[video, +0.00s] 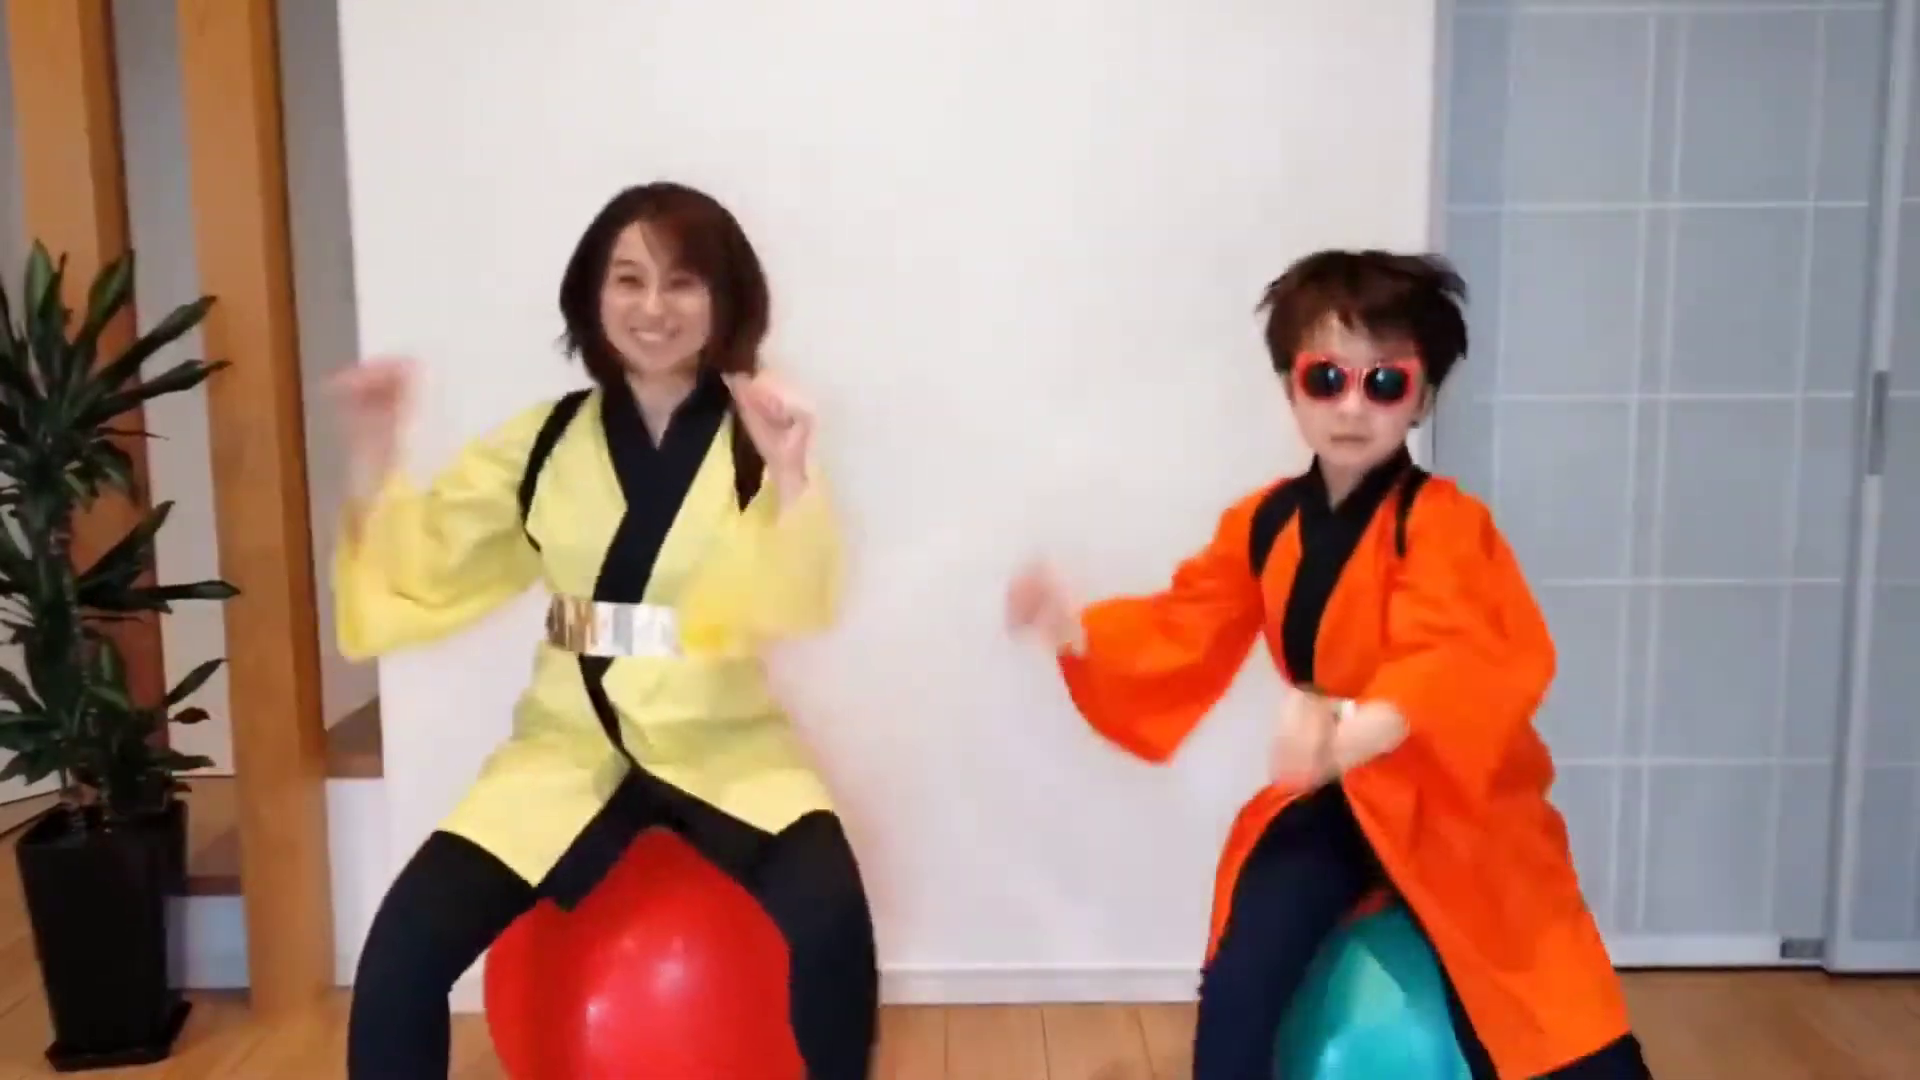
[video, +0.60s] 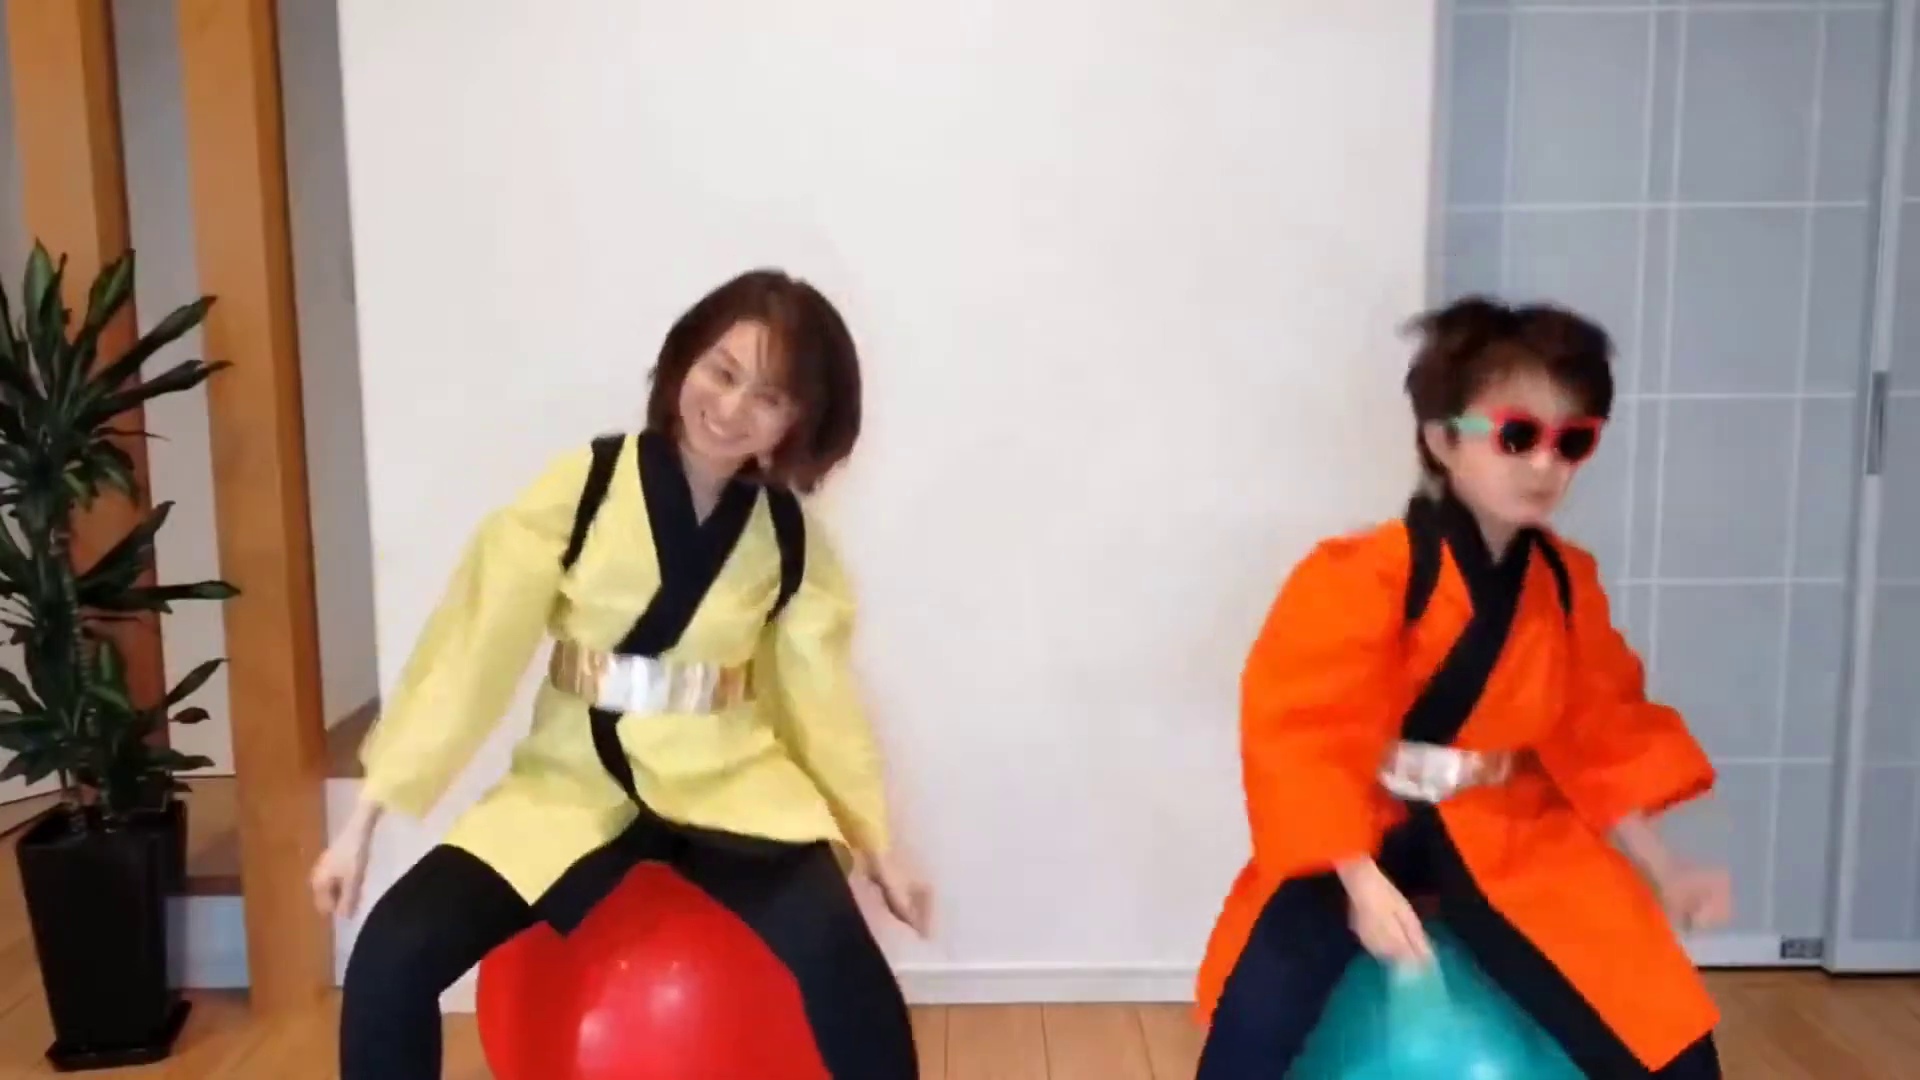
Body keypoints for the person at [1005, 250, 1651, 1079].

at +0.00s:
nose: (1351, 406)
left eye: (1385, 381)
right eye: (1324, 377)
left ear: (1422, 398)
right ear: (1288, 388)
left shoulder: (1446, 524)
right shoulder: (1266, 524)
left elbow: (1471, 662)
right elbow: (1183, 632)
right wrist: (1069, 626)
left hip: (1466, 800)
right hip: (1339, 794)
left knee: (1549, 1003)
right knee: (1253, 950)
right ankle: (1225, 1063)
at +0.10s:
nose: (1366, 455)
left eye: (1399, 431)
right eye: (1338, 428)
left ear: (1434, 447)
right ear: (1300, 440)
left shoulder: (1462, 575)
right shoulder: (1276, 569)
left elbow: (1485, 749)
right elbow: (1173, 708)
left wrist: (1408, 649)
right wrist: (1157, 609)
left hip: (1461, 827)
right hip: (1336, 825)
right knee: (1252, 987)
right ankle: (1221, 1066)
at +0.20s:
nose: (1391, 553)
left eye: (1421, 529)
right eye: (1361, 527)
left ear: (1453, 539)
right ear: (1320, 537)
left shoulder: (1478, 667)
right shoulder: (1292, 655)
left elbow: (1531, 847)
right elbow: (1209, 808)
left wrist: (1491, 700)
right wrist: (1207, 693)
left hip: (1450, 915)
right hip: (1324, 899)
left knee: (1516, 1059)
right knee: (1242, 1025)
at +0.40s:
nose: (1463, 471)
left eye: (1496, 450)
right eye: (1437, 436)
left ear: (1517, 464)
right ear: (1376, 437)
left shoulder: (1523, 590)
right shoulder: (1317, 566)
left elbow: (1560, 769)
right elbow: (1207, 707)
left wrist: (1609, 732)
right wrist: (1245, 721)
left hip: (1480, 850)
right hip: (1339, 842)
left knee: (1615, 1043)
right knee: (1255, 1017)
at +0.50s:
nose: (1510, 429)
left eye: (1541, 408)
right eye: (1484, 396)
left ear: (1561, 417)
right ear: (1415, 393)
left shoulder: (1545, 540)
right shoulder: (1339, 522)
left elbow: (1579, 678)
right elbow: (1254, 673)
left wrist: (1641, 752)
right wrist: (1299, 778)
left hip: (1491, 801)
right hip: (1349, 795)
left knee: (1638, 1000)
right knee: (1265, 996)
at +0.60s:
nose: (1547, 462)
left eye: (1573, 441)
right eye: (1517, 434)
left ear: (1591, 449)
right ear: (1442, 442)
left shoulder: (1564, 585)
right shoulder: (1358, 577)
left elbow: (1596, 739)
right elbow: (1292, 733)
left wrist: (1663, 866)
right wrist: (1356, 877)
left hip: (1503, 838)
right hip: (1353, 835)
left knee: (1666, 1033)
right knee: (1254, 1016)